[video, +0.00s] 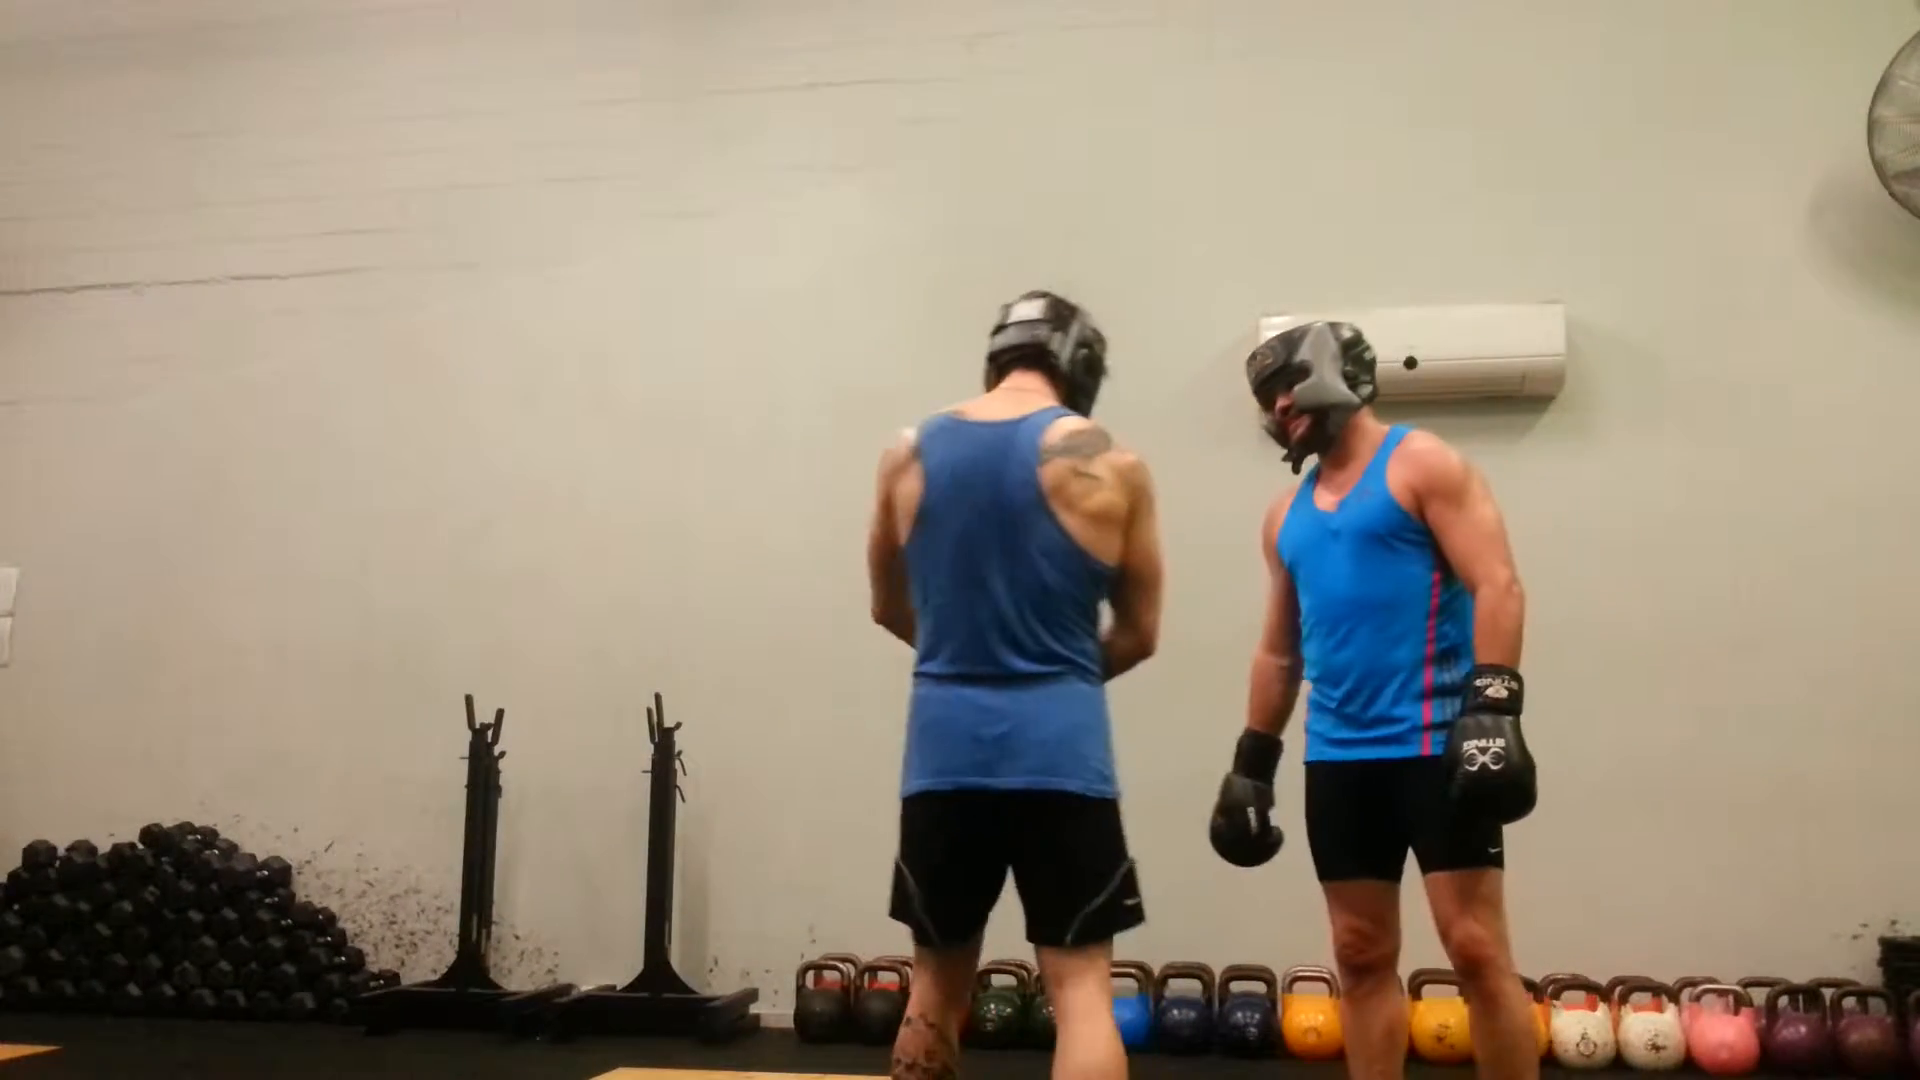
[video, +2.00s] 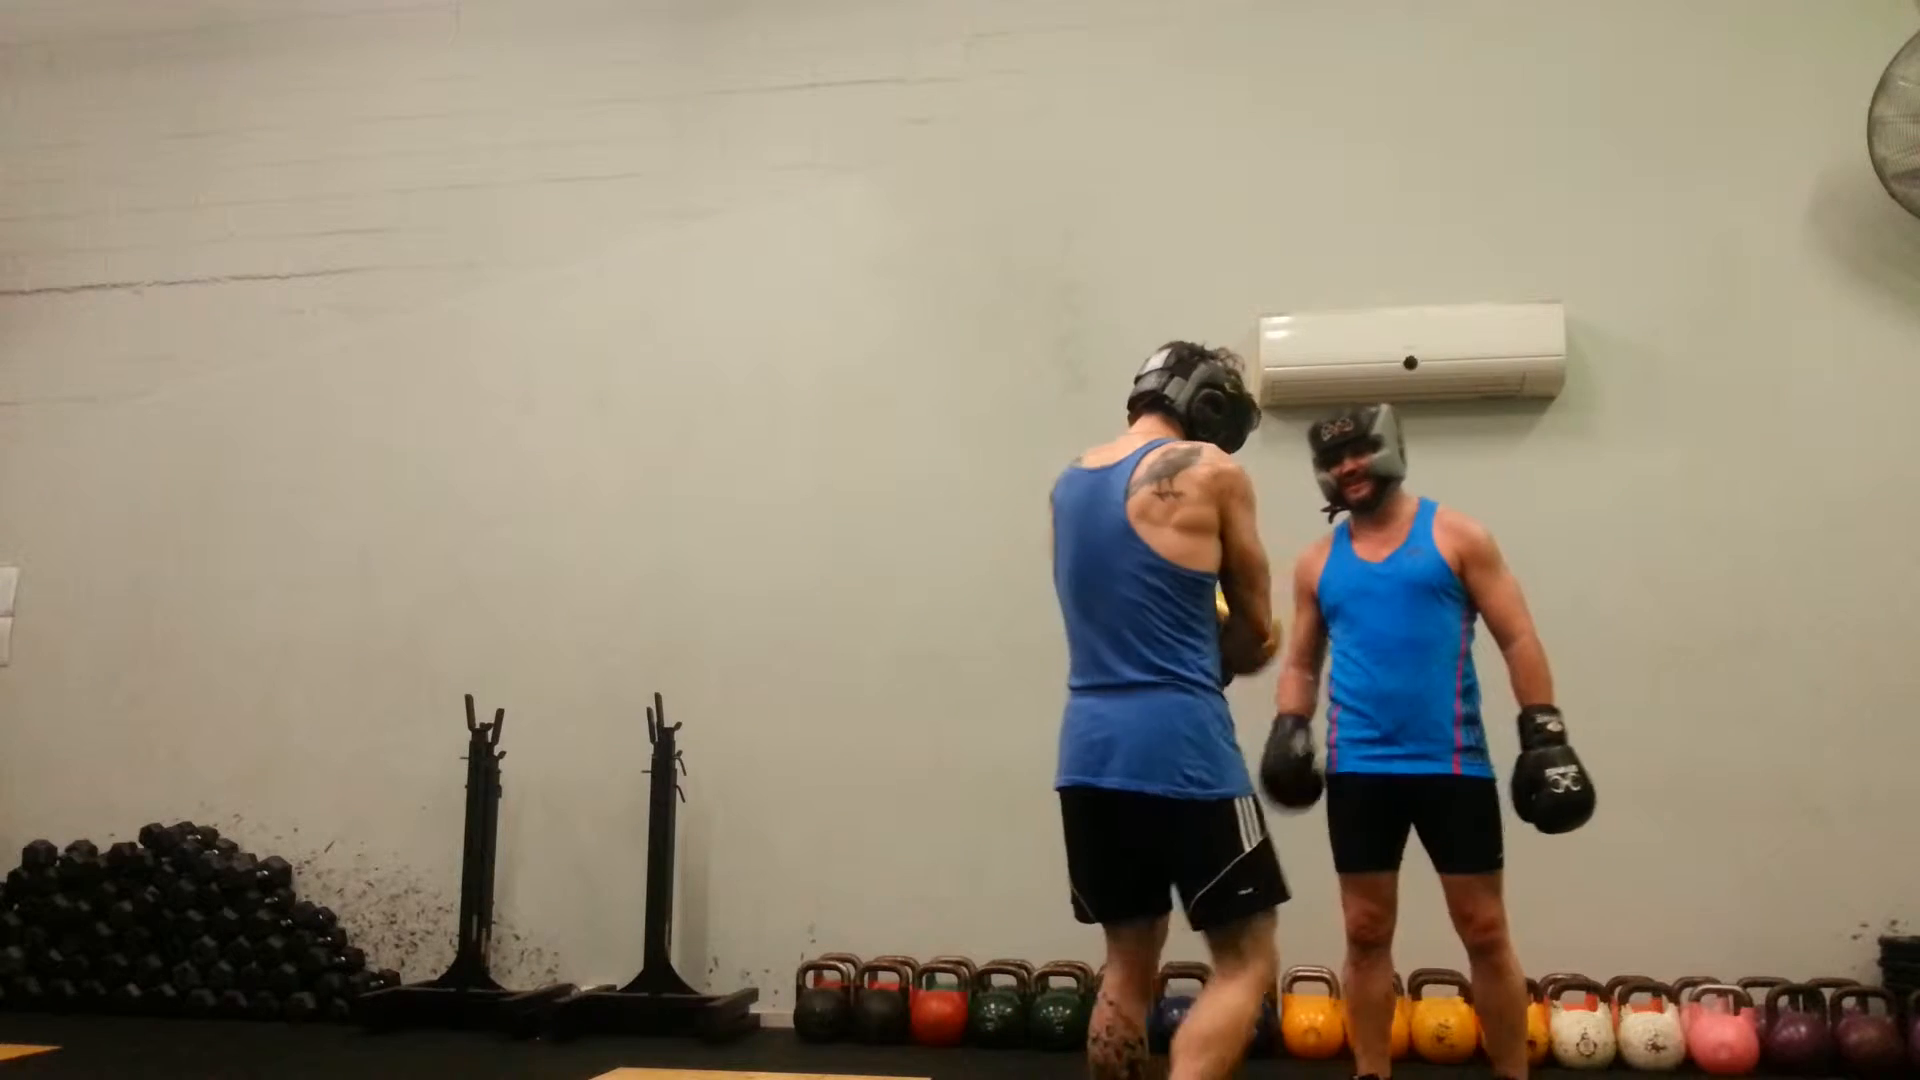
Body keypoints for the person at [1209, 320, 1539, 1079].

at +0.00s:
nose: (1277, 410)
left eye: (1288, 388)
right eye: (1267, 399)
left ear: (1338, 376)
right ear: (1273, 415)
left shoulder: (1424, 466)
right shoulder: (1286, 516)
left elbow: (1498, 585)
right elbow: (1278, 651)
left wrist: (1493, 713)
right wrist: (1250, 769)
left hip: (1442, 752)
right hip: (1339, 762)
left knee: (1475, 951)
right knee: (1359, 954)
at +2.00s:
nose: (1352, 468)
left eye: (1364, 452)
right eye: (1336, 460)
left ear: (1394, 453)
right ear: (1323, 474)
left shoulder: (1458, 537)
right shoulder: (1317, 563)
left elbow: (1516, 636)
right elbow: (1300, 663)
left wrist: (1545, 735)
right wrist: (1290, 729)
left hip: (1452, 767)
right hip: (1358, 772)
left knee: (1485, 932)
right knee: (1365, 934)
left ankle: (1512, 1073)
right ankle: (1371, 1073)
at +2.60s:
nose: (1428, 468)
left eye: (1442, 453)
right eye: (1414, 456)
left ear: (1473, 457)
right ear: (1399, 464)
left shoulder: (1528, 543)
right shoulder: (1393, 545)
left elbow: (1577, 647)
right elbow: (1347, 642)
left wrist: (1591, 744)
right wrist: (1386, 542)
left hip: (1509, 767)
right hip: (1415, 768)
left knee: (1520, 932)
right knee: (1397, 934)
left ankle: (1525, 1074)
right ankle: (1382, 1074)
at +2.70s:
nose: (1434, 474)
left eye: (1447, 460)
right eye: (1421, 462)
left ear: (1478, 463)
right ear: (1404, 469)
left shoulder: (1533, 545)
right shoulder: (1399, 548)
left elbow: (1583, 652)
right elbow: (1351, 624)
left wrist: (1600, 749)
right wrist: (1396, 510)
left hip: (1515, 766)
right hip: (1420, 767)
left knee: (1523, 934)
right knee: (1398, 940)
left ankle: (1527, 1073)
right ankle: (1382, 1075)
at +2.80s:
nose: (1441, 476)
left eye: (1452, 462)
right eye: (1429, 463)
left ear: (1479, 464)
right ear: (1412, 472)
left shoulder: (1539, 547)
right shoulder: (1404, 548)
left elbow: (1586, 655)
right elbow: (1359, 643)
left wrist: (1608, 754)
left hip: (1517, 768)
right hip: (1421, 767)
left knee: (1524, 933)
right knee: (1403, 935)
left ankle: (1526, 1073)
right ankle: (1382, 1070)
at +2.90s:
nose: (1448, 481)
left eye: (1456, 467)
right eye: (1436, 469)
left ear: (1480, 470)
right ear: (1420, 479)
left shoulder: (1543, 545)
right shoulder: (1405, 548)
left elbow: (1589, 655)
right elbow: (1364, 649)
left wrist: (1613, 755)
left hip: (1517, 768)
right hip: (1421, 768)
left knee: (1524, 934)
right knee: (1403, 934)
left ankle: (1526, 1072)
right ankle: (1385, 1068)